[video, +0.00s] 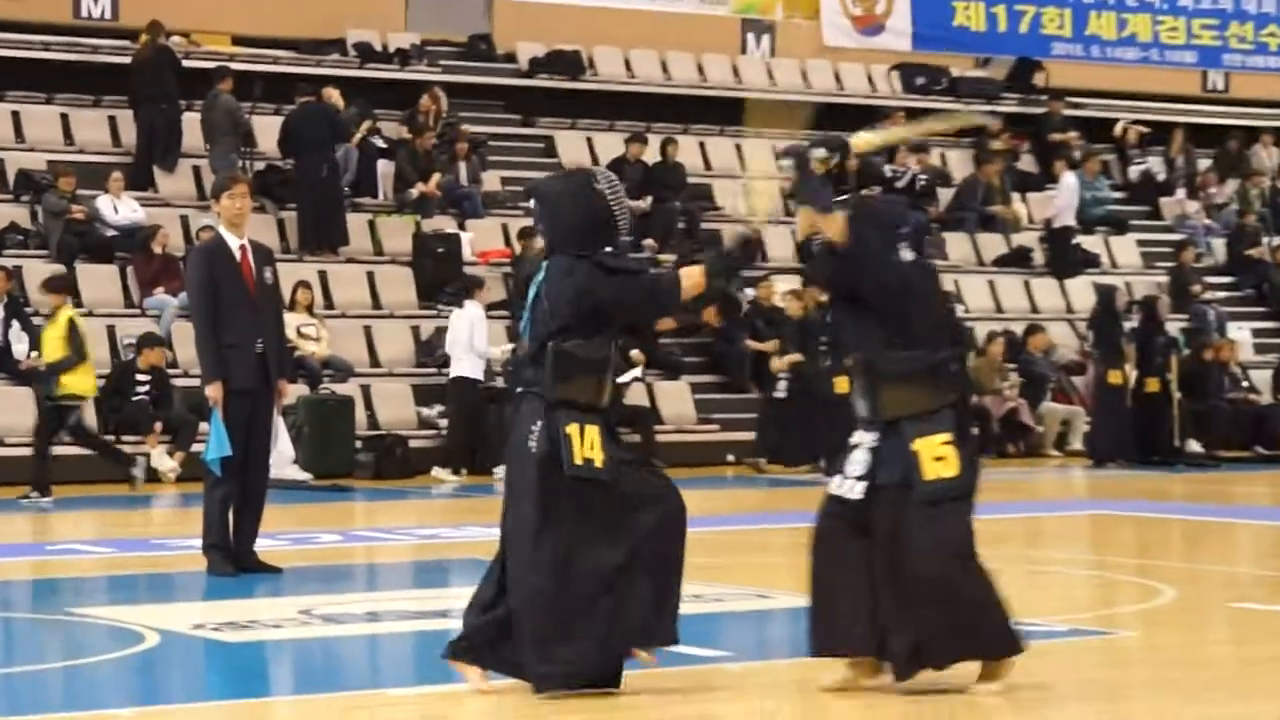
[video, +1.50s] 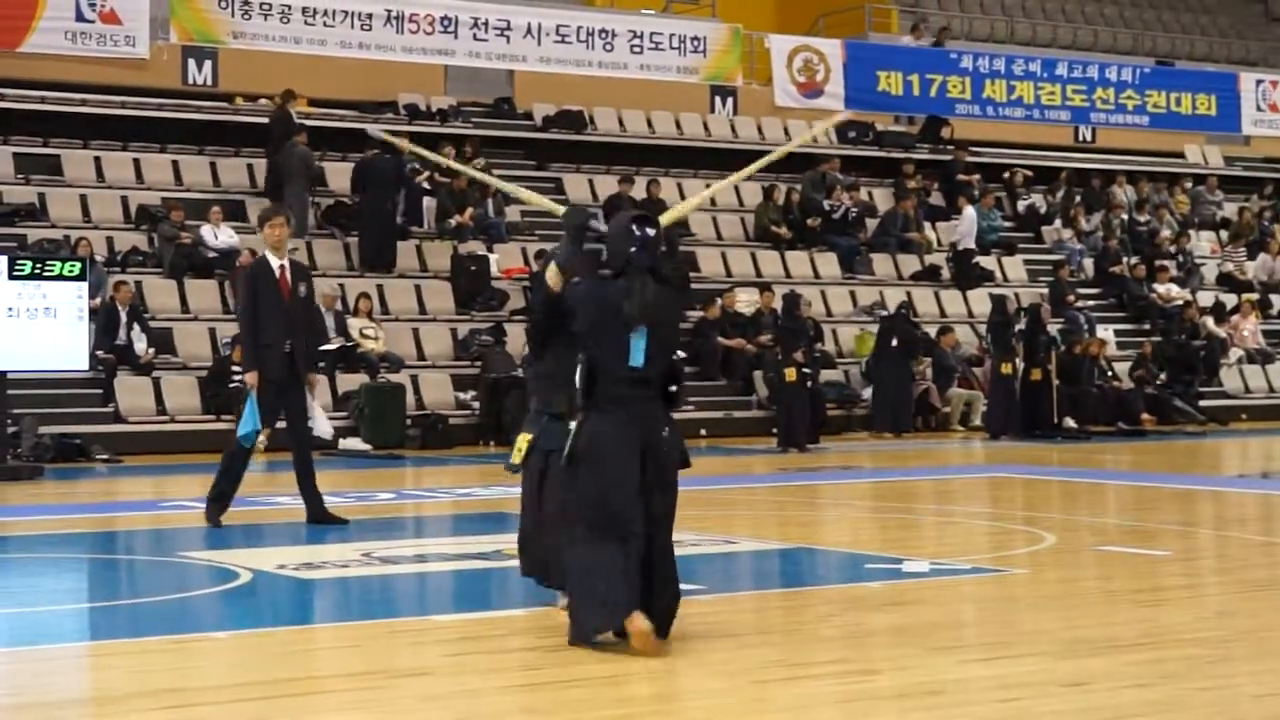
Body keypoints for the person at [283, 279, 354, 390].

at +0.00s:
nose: (307, 296)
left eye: (309, 293)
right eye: (303, 293)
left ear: (312, 296)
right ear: (295, 295)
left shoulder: (316, 318)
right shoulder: (286, 317)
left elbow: (324, 336)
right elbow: (291, 338)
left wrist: (321, 352)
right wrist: (310, 350)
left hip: (319, 351)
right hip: (301, 352)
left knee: (347, 369)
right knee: (315, 370)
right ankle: (316, 400)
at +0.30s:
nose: (325, 295)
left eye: (328, 293)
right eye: (322, 292)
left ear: (331, 296)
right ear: (314, 294)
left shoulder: (335, 315)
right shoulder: (307, 314)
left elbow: (342, 331)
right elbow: (311, 333)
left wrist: (338, 345)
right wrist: (328, 344)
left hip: (337, 346)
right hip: (320, 346)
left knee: (362, 360)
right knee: (333, 361)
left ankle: (347, 384)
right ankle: (337, 389)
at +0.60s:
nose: (343, 298)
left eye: (345, 295)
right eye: (340, 295)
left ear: (348, 298)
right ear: (333, 297)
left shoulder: (351, 316)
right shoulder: (326, 316)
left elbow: (359, 332)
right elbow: (328, 334)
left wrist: (355, 344)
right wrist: (343, 344)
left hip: (354, 346)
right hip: (338, 347)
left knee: (377, 359)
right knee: (350, 361)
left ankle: (366, 384)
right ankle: (354, 389)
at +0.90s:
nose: (363, 303)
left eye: (365, 300)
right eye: (360, 300)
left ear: (368, 303)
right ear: (354, 302)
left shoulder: (371, 320)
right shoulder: (347, 319)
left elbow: (379, 334)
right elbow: (349, 336)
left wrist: (375, 346)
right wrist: (364, 345)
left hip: (374, 347)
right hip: (359, 347)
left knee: (395, 359)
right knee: (370, 362)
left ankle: (385, 383)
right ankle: (371, 385)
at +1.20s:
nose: (364, 303)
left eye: (366, 301)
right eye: (361, 300)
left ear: (369, 303)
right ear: (355, 302)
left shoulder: (372, 320)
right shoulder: (348, 320)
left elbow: (379, 334)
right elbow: (352, 337)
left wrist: (376, 346)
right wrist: (367, 346)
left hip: (375, 348)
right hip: (361, 349)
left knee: (396, 360)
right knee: (371, 361)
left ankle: (385, 381)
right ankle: (371, 382)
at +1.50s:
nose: (366, 304)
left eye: (369, 302)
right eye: (363, 301)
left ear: (371, 304)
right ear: (357, 303)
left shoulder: (375, 321)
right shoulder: (351, 321)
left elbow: (381, 336)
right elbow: (355, 338)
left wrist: (379, 348)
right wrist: (370, 347)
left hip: (378, 348)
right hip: (363, 349)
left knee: (399, 361)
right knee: (374, 362)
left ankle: (388, 382)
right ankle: (374, 383)